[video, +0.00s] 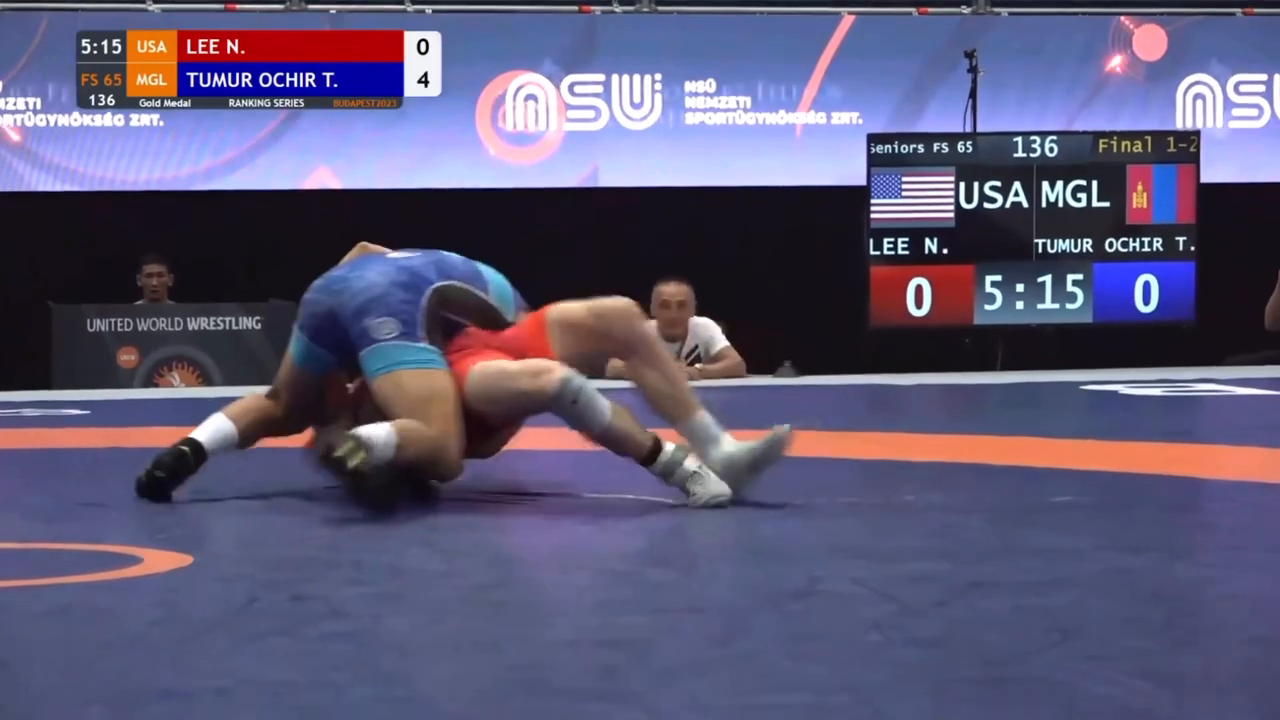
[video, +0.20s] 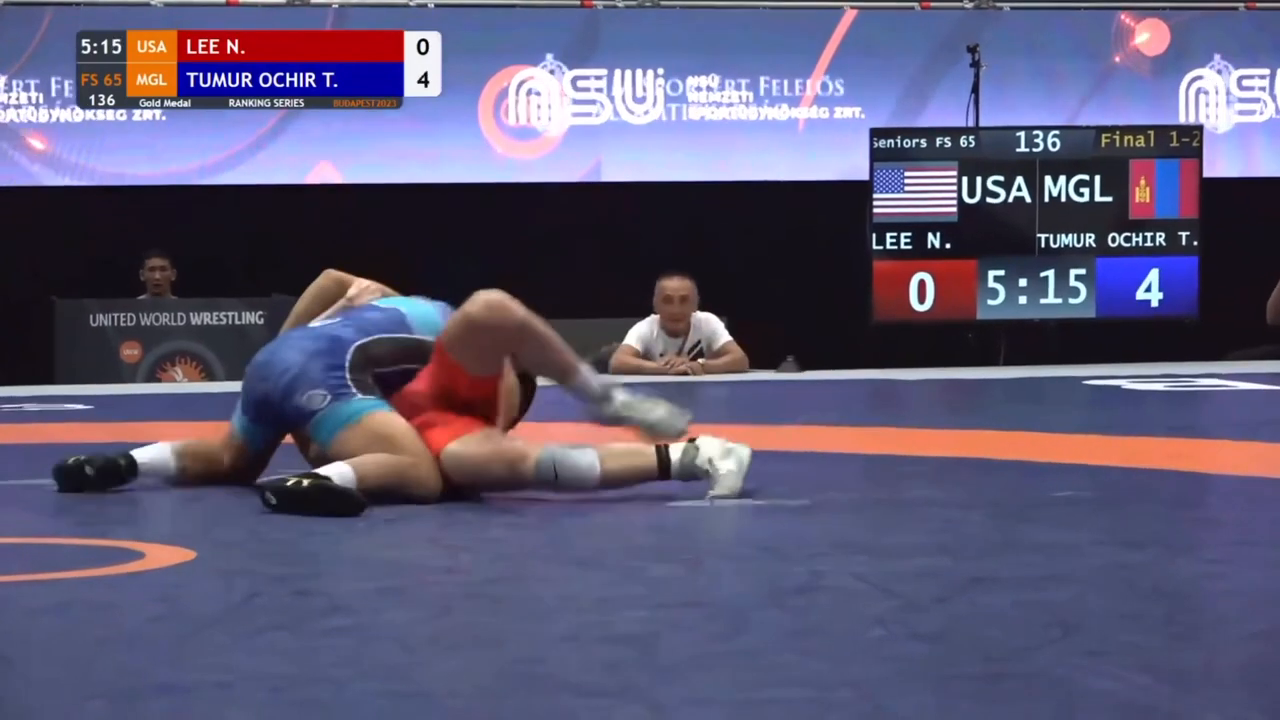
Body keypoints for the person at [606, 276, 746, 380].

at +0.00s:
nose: (673, 314)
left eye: (681, 306)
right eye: (665, 306)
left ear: (693, 308)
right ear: (652, 309)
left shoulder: (704, 327)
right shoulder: (641, 332)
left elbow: (737, 366)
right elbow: (613, 369)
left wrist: (697, 372)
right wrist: (661, 372)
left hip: (699, 404)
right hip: (651, 405)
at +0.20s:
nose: (676, 308)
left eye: (684, 301)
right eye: (668, 301)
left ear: (695, 303)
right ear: (655, 303)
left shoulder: (708, 322)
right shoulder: (645, 328)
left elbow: (740, 361)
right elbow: (618, 363)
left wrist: (698, 366)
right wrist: (667, 369)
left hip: (702, 399)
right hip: (655, 401)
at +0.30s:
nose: (692, 308)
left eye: (700, 300)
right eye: (685, 301)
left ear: (712, 302)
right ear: (672, 303)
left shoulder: (725, 322)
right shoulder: (662, 328)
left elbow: (758, 361)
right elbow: (635, 363)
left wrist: (715, 365)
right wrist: (684, 368)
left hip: (719, 401)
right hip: (672, 403)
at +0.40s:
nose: (736, 308)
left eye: (744, 300)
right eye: (729, 300)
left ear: (755, 302)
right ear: (717, 303)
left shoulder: (770, 322)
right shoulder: (706, 327)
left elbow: (802, 360)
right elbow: (678, 362)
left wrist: (761, 364)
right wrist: (726, 368)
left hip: (764, 399)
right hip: (716, 401)